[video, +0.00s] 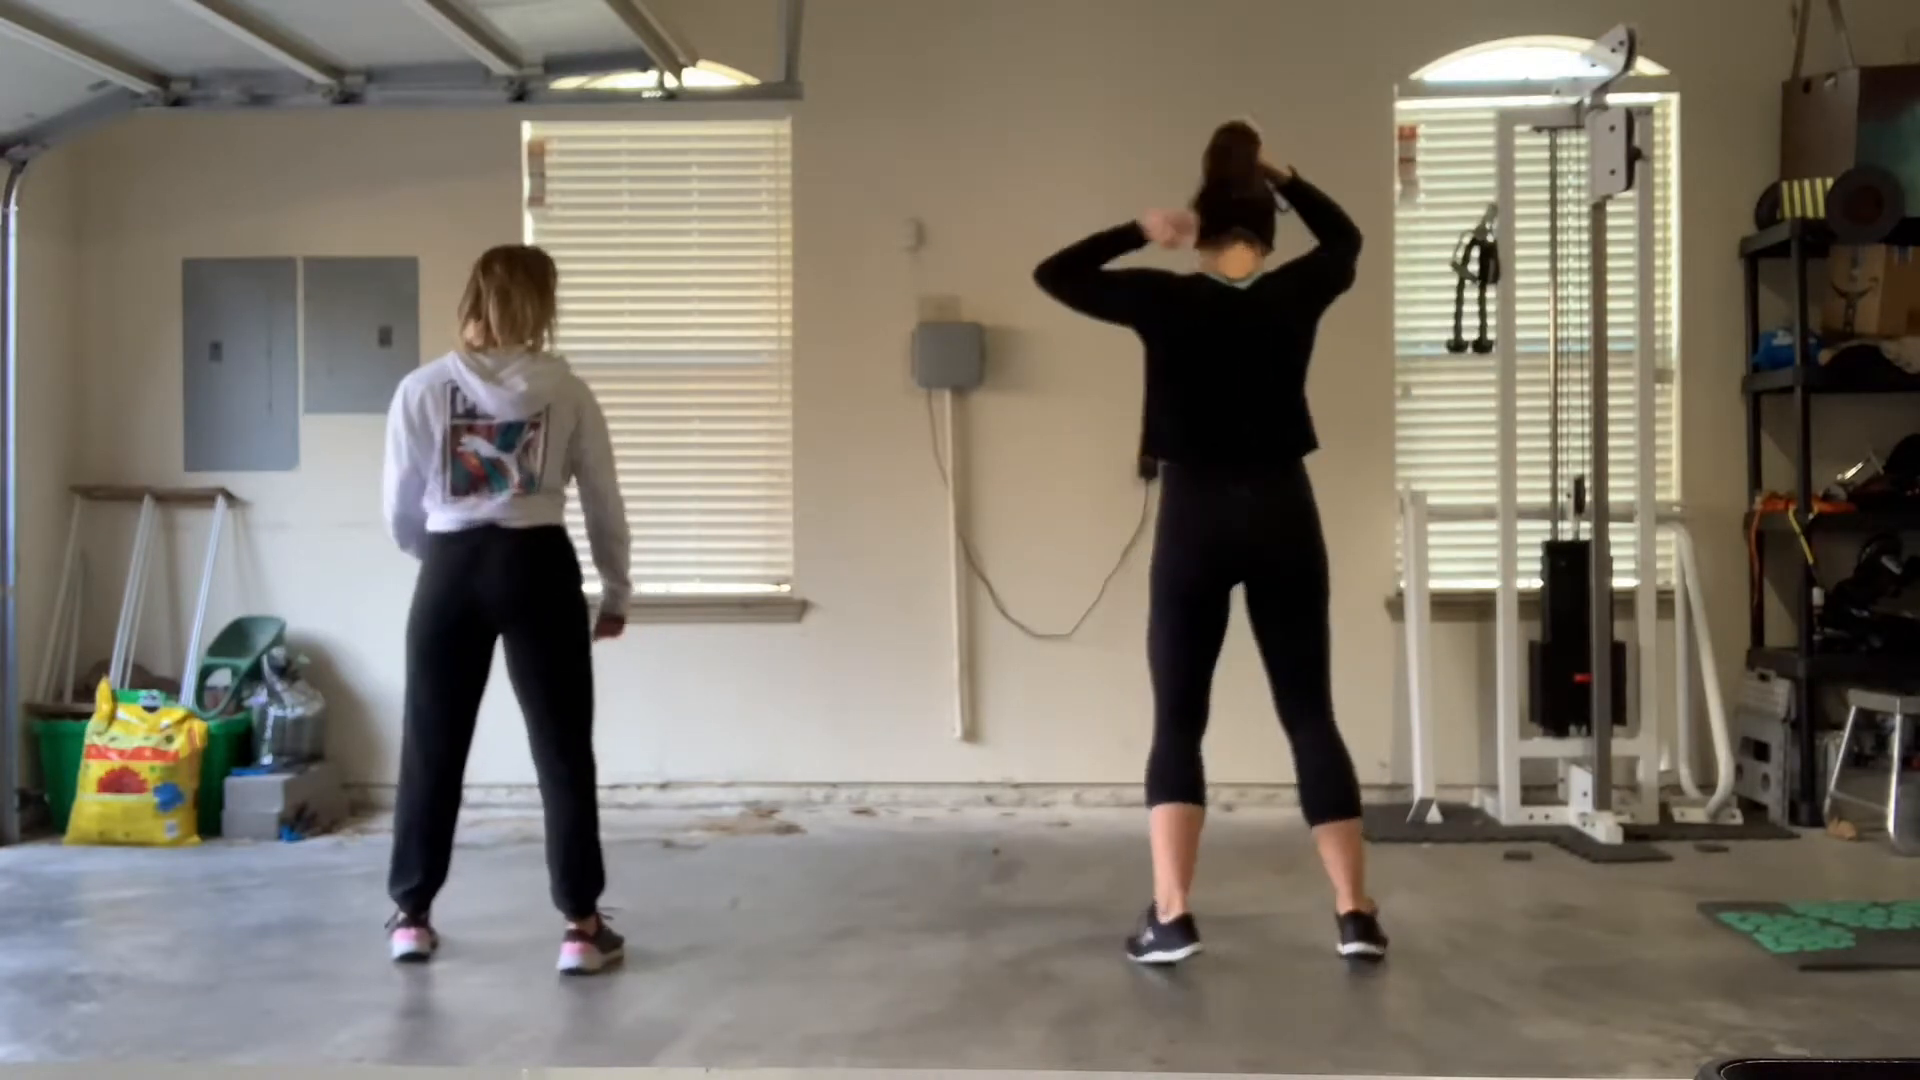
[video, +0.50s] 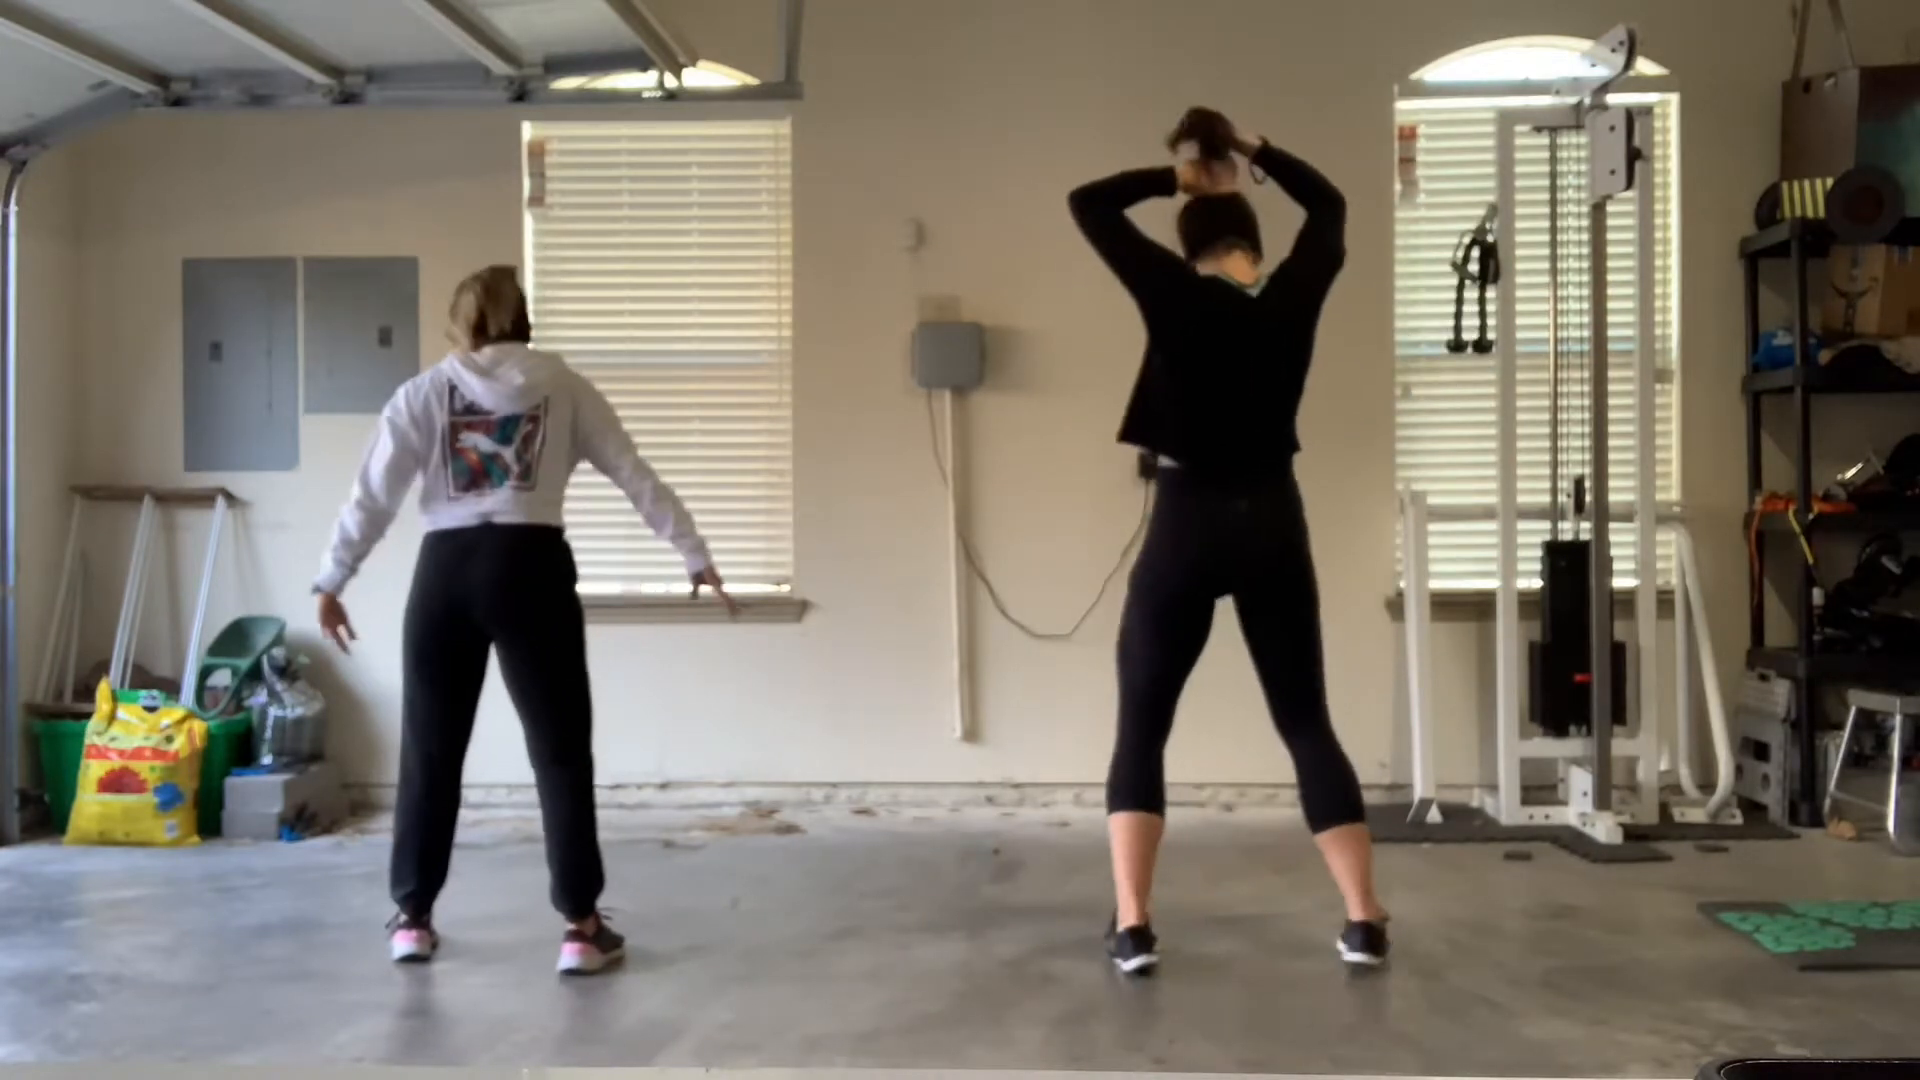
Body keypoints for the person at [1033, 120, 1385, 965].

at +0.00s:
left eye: (1214, 220)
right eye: (1253, 220)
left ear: (1199, 228)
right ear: (1272, 229)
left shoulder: (1164, 301)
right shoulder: (1295, 294)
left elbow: (1055, 274)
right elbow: (1344, 239)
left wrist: (1137, 229)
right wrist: (1290, 182)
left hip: (1194, 524)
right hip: (1285, 520)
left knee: (1179, 719)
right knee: (1310, 713)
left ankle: (1172, 916)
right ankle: (1354, 913)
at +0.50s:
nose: (1226, 260)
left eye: (1202, 249)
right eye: (1242, 249)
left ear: (1187, 252)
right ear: (1259, 248)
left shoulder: (1168, 297)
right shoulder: (1292, 304)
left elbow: (1089, 205)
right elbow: (1331, 207)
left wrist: (1172, 177)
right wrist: (1260, 153)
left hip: (1183, 532)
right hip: (1273, 533)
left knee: (1141, 726)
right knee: (1307, 721)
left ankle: (1131, 926)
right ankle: (1363, 916)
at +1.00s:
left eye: (1178, 229)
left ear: (1181, 241)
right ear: (1257, 224)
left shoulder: (1184, 319)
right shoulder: (1318, 305)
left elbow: (1076, 273)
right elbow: (1374, 274)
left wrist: (1142, 207)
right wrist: (1305, 207)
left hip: (1210, 545)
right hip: (1303, 543)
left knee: (1165, 729)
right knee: (1325, 731)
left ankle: (1145, 928)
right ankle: (1377, 931)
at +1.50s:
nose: (1249, 260)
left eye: (1242, 246)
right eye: (1249, 244)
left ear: (1180, 245)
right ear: (1248, 241)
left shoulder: (1160, 298)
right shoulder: (1287, 307)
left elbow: (1083, 209)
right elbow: (1327, 239)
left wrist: (1156, 160)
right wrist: (1258, 196)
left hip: (1162, 536)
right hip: (1255, 540)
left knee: (1151, 732)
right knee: (1294, 731)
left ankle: (1134, 932)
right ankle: (1361, 927)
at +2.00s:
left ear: (1209, 245)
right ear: (1279, 237)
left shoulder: (1197, 300)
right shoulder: (1325, 302)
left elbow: (1120, 213)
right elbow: (1351, 245)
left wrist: (1182, 149)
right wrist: (1281, 199)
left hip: (1221, 532)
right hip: (1313, 530)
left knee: (1175, 732)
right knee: (1323, 727)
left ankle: (1137, 927)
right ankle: (1364, 930)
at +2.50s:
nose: (1251, 241)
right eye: (1239, 231)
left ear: (1173, 243)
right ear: (1241, 238)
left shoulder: (1164, 296)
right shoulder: (1289, 297)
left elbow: (1098, 198)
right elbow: (1319, 221)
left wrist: (1177, 162)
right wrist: (1249, 187)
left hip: (1176, 518)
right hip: (1266, 521)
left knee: (1158, 730)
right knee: (1303, 727)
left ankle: (1134, 930)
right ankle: (1363, 928)